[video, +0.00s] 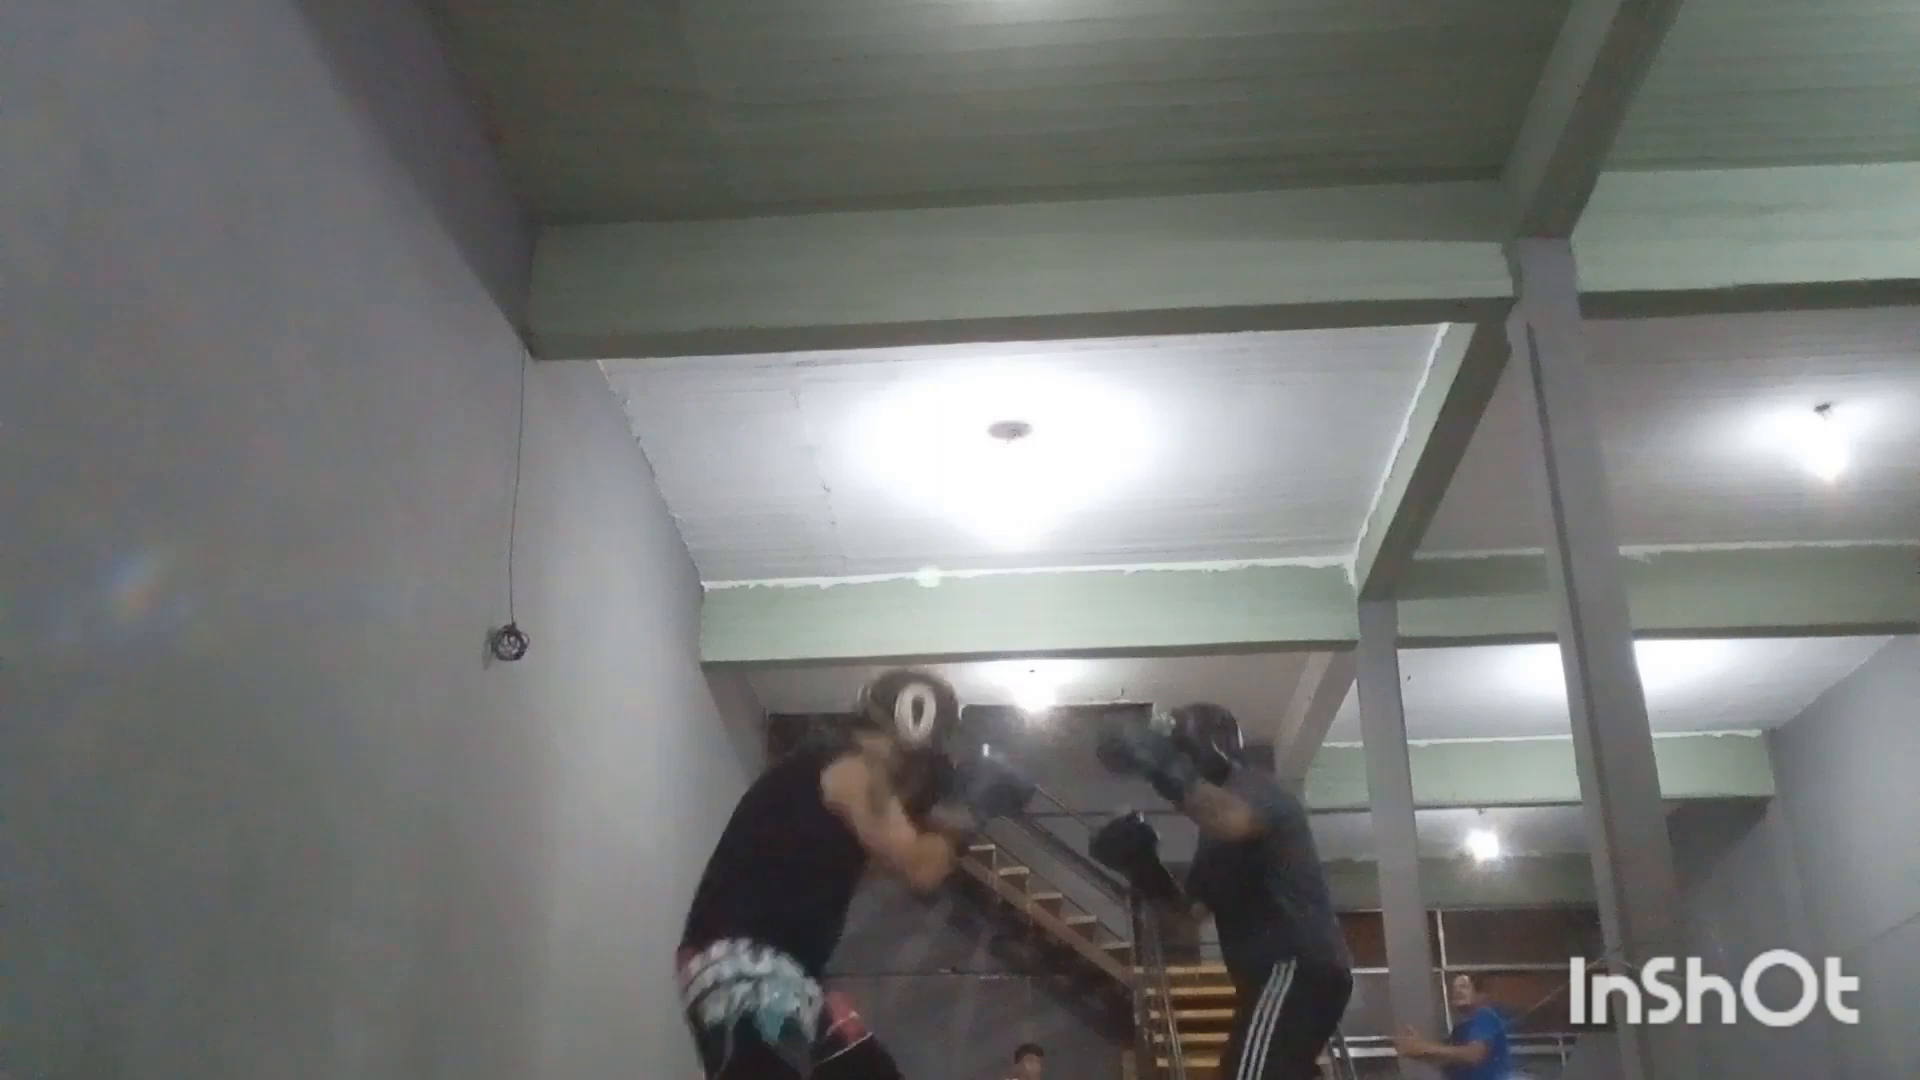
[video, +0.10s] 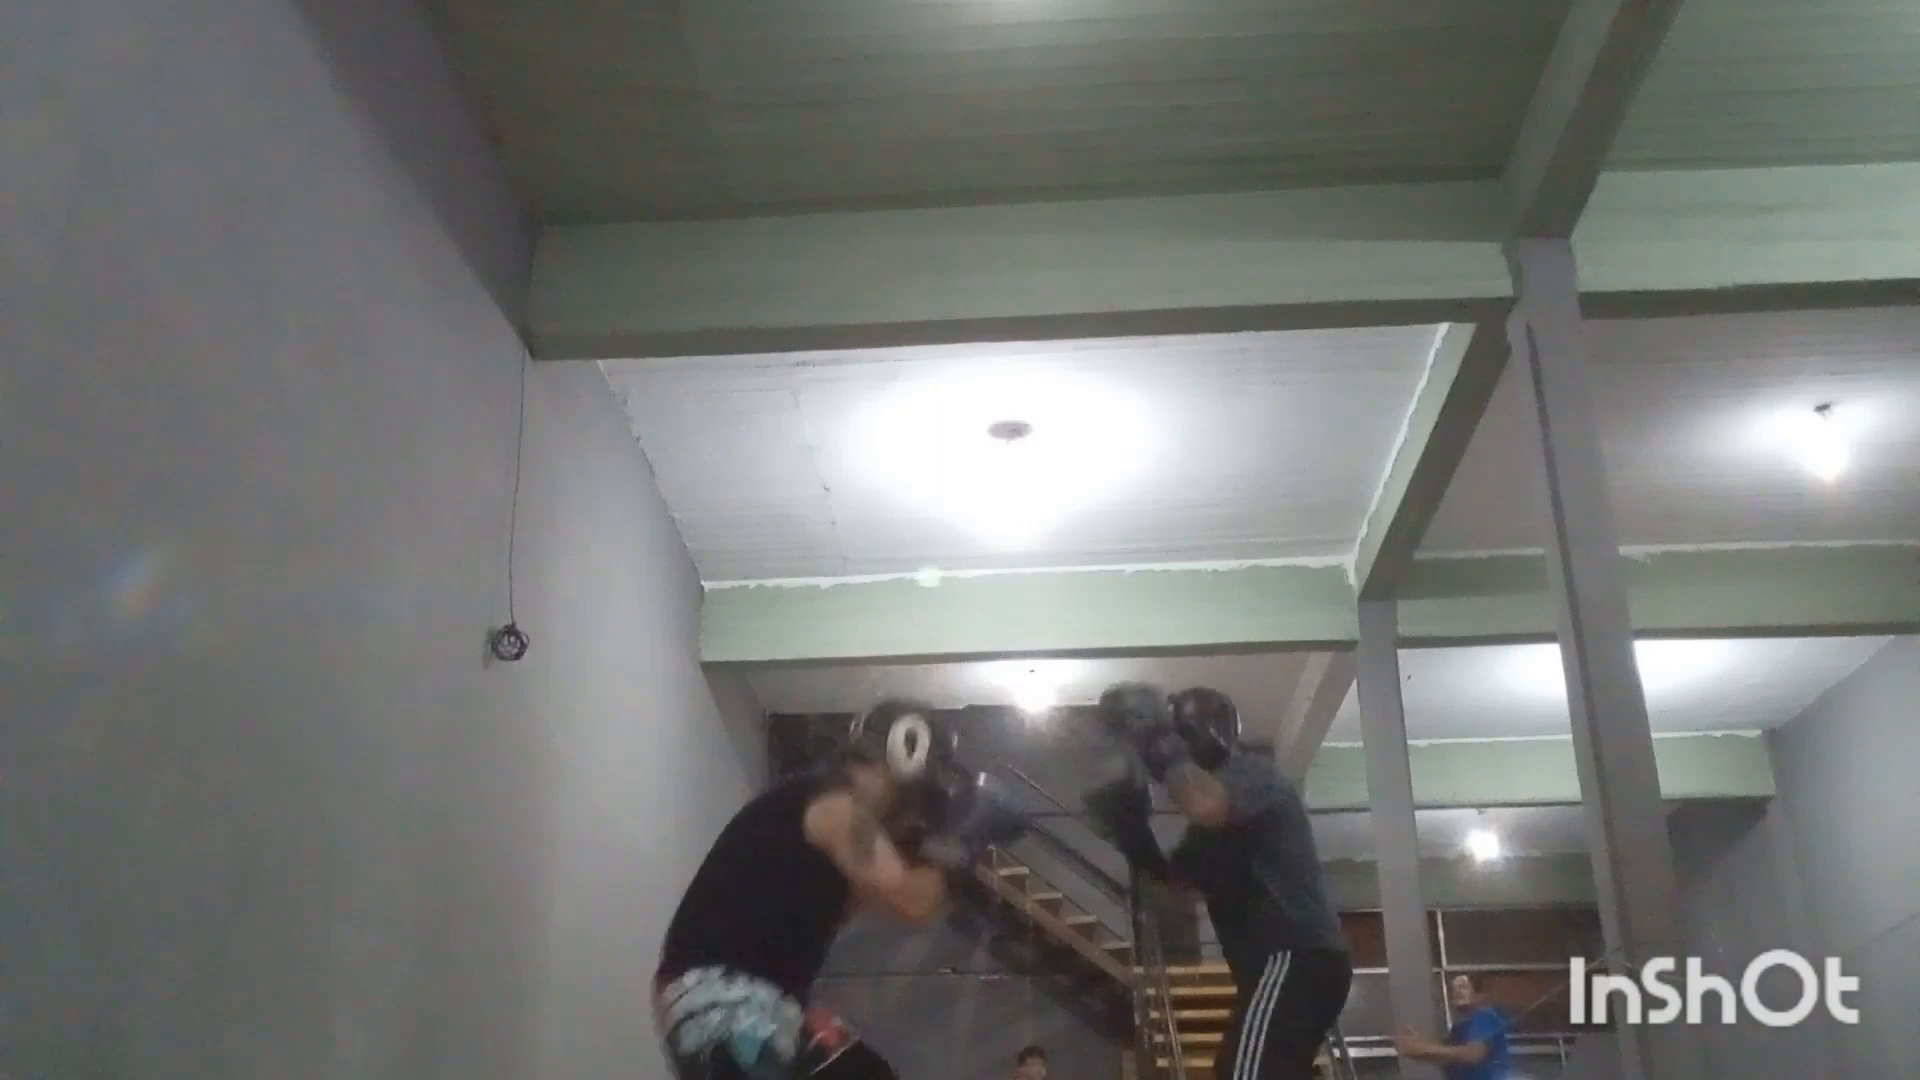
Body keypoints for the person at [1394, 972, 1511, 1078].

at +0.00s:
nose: (1458, 991)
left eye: (1463, 986)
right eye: (1454, 988)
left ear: (1476, 992)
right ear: (1449, 994)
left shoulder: (1485, 1018)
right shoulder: (1460, 1025)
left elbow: (1475, 1054)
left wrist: (1423, 1048)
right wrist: (1419, 1045)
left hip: (1485, 1076)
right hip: (1464, 1076)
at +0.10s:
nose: (1457, 991)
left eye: (1462, 987)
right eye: (1453, 988)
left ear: (1473, 991)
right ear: (1448, 994)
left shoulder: (1484, 1018)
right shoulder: (1459, 1024)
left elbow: (1474, 1054)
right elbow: (1453, 1057)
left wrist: (1423, 1049)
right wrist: (1418, 1046)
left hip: (1487, 1075)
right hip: (1464, 1075)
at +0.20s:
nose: (1456, 992)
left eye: (1461, 988)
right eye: (1452, 989)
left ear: (1473, 992)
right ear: (1447, 995)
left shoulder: (1482, 1017)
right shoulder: (1458, 1024)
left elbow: (1475, 1054)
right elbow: (1452, 1055)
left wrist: (1423, 1049)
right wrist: (1416, 1044)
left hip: (1481, 1075)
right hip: (1460, 1075)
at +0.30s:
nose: (1455, 992)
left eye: (1460, 987)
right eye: (1450, 989)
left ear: (1471, 990)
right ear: (1446, 995)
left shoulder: (1481, 1017)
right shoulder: (1455, 1028)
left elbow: (1475, 1054)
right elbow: (1451, 1056)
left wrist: (1425, 1049)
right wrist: (1416, 1045)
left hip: (1482, 1076)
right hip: (1459, 1076)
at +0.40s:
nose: (1453, 992)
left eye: (1458, 987)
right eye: (1450, 989)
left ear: (1471, 990)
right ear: (1446, 994)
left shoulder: (1480, 1017)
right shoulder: (1457, 1024)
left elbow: (1475, 1054)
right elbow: (1449, 1055)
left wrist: (1424, 1049)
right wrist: (1416, 1046)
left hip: (1480, 1075)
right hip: (1459, 1075)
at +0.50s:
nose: (1452, 992)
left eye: (1458, 987)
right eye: (1448, 988)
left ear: (1470, 991)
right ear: (1444, 994)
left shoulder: (1480, 1017)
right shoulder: (1456, 1025)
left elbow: (1474, 1055)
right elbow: (1449, 1056)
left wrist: (1422, 1049)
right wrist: (1416, 1045)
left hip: (1480, 1075)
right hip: (1458, 1075)